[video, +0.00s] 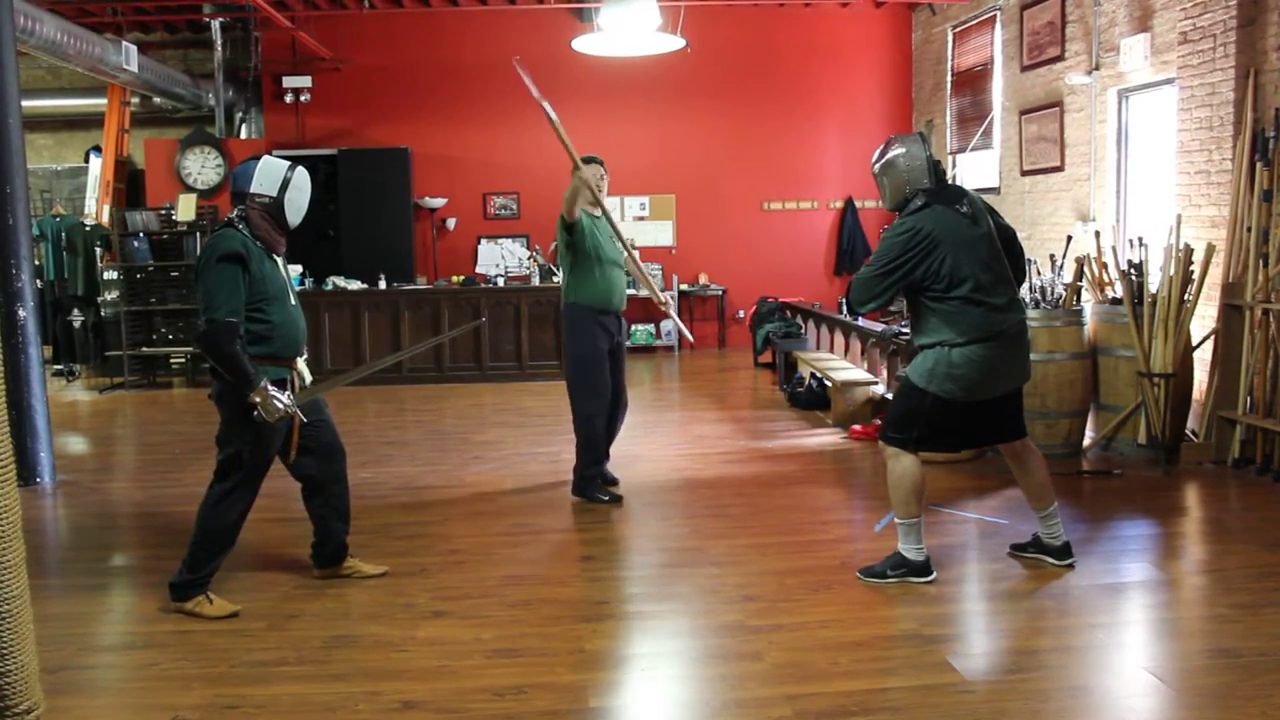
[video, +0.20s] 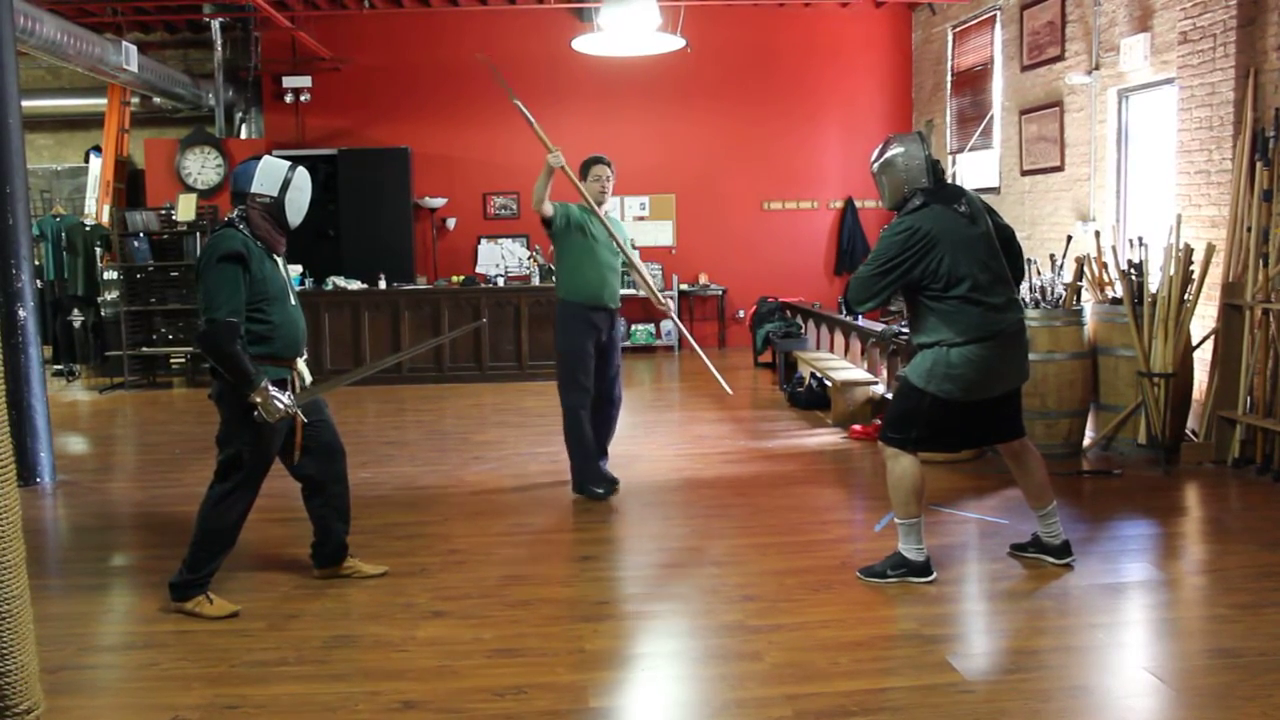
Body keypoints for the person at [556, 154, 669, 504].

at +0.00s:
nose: (600, 179)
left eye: (604, 175)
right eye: (593, 173)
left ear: (607, 184)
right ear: (579, 182)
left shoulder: (608, 226)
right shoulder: (574, 223)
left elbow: (624, 266)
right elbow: (570, 211)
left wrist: (652, 291)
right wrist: (576, 183)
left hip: (612, 319)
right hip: (584, 318)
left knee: (615, 400)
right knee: (592, 399)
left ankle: (597, 466)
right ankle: (585, 481)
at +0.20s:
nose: (604, 183)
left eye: (609, 179)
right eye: (597, 178)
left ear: (613, 186)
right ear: (583, 184)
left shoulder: (616, 228)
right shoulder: (570, 215)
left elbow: (634, 266)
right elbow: (540, 205)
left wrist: (655, 297)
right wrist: (548, 170)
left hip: (609, 317)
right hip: (575, 316)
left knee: (608, 395)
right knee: (578, 395)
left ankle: (596, 465)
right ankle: (585, 477)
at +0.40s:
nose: (600, 184)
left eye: (605, 180)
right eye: (594, 179)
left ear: (608, 188)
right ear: (579, 184)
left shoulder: (615, 229)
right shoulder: (561, 215)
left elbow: (636, 270)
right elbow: (524, 205)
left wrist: (659, 301)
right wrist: (526, 171)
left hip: (604, 317)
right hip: (568, 315)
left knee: (605, 393)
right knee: (565, 393)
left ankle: (597, 463)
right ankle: (559, 465)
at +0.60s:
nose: (590, 185)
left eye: (594, 181)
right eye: (584, 180)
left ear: (600, 190)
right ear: (570, 187)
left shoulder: (607, 232)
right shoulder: (550, 221)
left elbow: (626, 273)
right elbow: (514, 227)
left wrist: (653, 309)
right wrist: (501, 203)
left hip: (598, 318)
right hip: (561, 316)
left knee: (602, 391)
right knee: (555, 386)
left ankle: (597, 463)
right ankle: (544, 436)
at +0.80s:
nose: (576, 190)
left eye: (581, 186)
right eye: (570, 186)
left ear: (587, 194)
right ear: (558, 194)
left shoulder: (597, 236)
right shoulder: (541, 231)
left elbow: (617, 279)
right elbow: (506, 259)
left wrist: (634, 319)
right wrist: (490, 261)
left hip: (585, 319)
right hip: (548, 319)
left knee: (593, 389)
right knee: (548, 387)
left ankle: (597, 459)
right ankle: (549, 447)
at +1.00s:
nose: (565, 189)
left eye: (569, 185)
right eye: (559, 185)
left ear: (576, 191)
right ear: (548, 192)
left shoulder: (591, 232)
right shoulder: (533, 230)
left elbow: (612, 274)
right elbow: (501, 263)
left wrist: (629, 316)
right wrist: (477, 287)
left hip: (579, 314)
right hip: (541, 315)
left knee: (585, 381)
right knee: (544, 384)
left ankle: (585, 452)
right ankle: (549, 448)